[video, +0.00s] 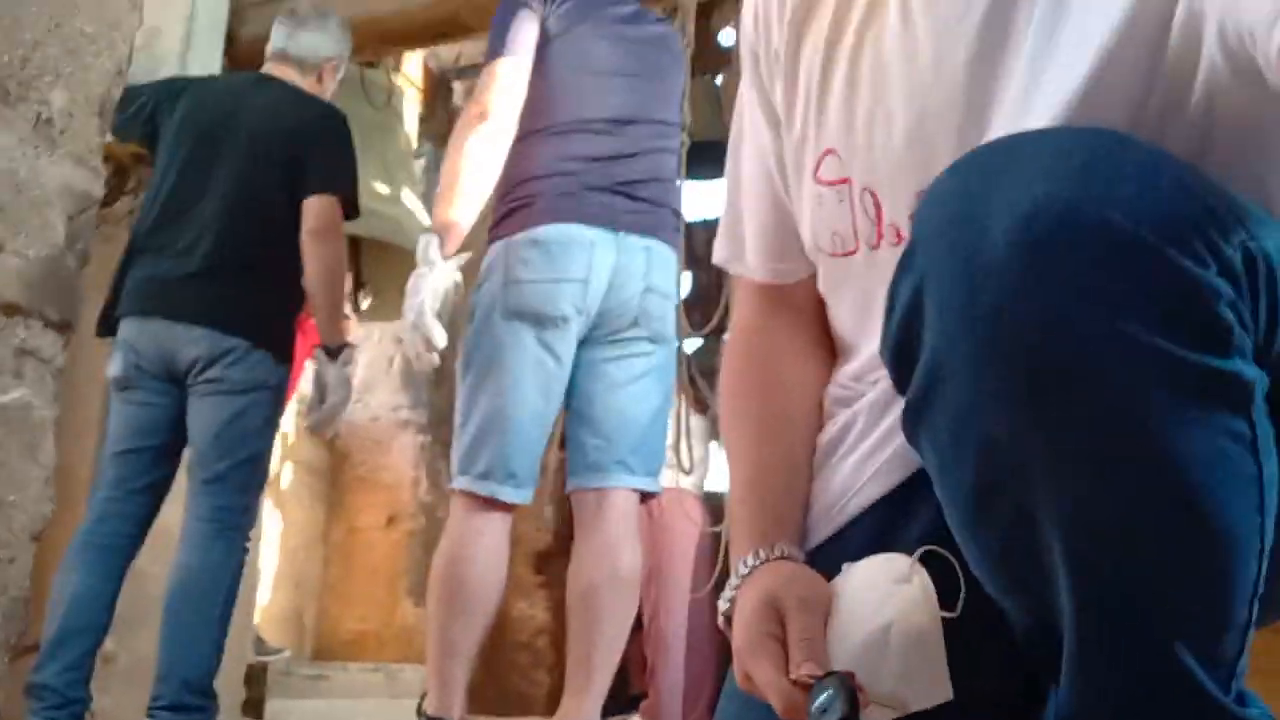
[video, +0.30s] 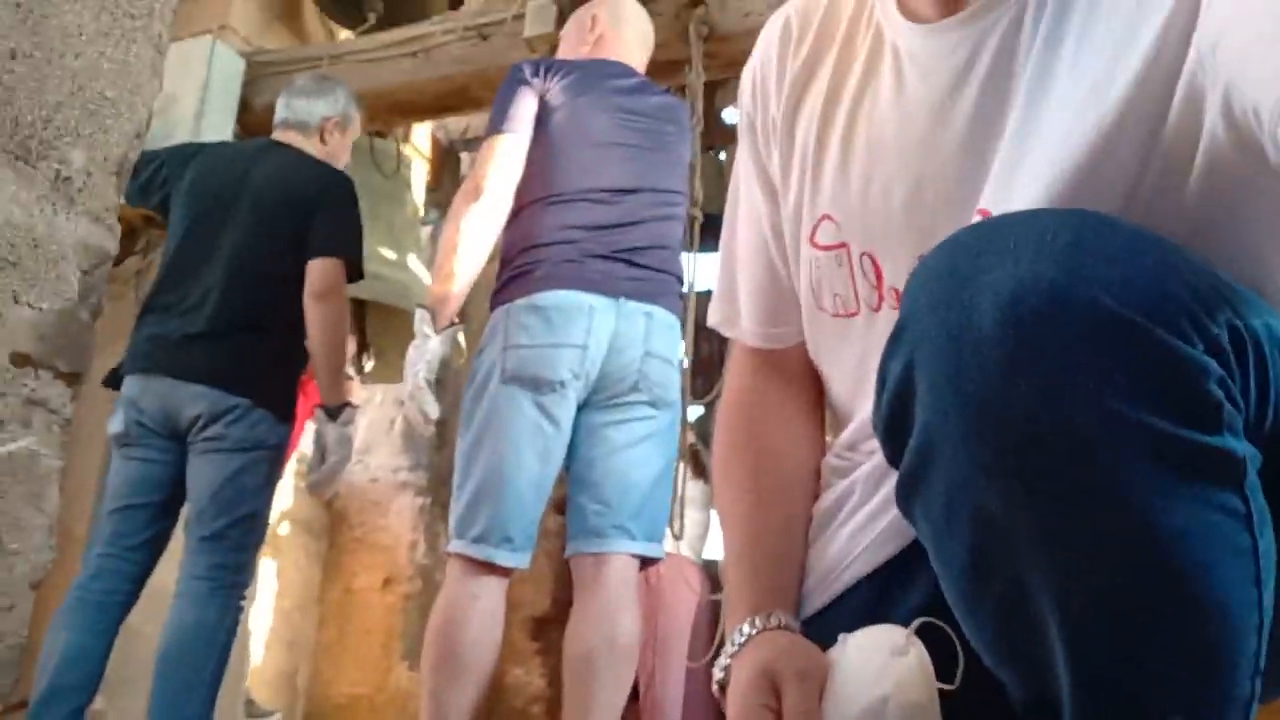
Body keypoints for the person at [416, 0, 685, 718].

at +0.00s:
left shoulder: (535, 10)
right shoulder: (667, 35)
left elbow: (491, 116)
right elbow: (665, 159)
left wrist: (442, 242)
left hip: (548, 238)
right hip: (654, 252)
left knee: (485, 495)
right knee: (613, 497)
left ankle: (444, 706)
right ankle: (582, 711)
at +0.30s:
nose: (558, 42)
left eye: (567, 28)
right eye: (566, 30)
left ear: (590, 30)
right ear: (643, 53)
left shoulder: (539, 79)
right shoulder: (678, 114)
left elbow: (488, 193)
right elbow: (669, 229)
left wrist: (439, 314)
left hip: (549, 312)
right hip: (654, 328)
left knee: (482, 557)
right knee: (612, 559)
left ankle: (442, 718)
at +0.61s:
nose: (492, 94)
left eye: (499, 85)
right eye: (501, 86)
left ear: (512, 84)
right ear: (573, 110)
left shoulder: (470, 129)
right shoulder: (609, 164)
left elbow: (419, 241)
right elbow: (597, 275)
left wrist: (363, 376)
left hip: (475, 362)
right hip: (588, 378)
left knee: (402, 614)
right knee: (539, 616)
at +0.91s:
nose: (614, 105)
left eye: (615, 97)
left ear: (619, 96)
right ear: (698, 111)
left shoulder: (589, 128)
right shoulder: (732, 160)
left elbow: (547, 239)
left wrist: (506, 371)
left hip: (610, 359)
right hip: (719, 368)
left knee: (550, 609)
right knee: (683, 608)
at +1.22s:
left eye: (596, 115)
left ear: (600, 115)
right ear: (678, 127)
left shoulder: (568, 148)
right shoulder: (715, 173)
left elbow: (523, 268)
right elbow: (720, 291)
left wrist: (481, 394)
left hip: (588, 377)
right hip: (698, 385)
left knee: (528, 625)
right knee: (659, 619)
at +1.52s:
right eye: (576, 96)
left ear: (497, 87)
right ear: (576, 100)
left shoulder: (456, 119)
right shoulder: (611, 155)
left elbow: (391, 257)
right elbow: (615, 280)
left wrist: (400, 330)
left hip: (475, 356)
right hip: (587, 369)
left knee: (411, 616)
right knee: (545, 611)